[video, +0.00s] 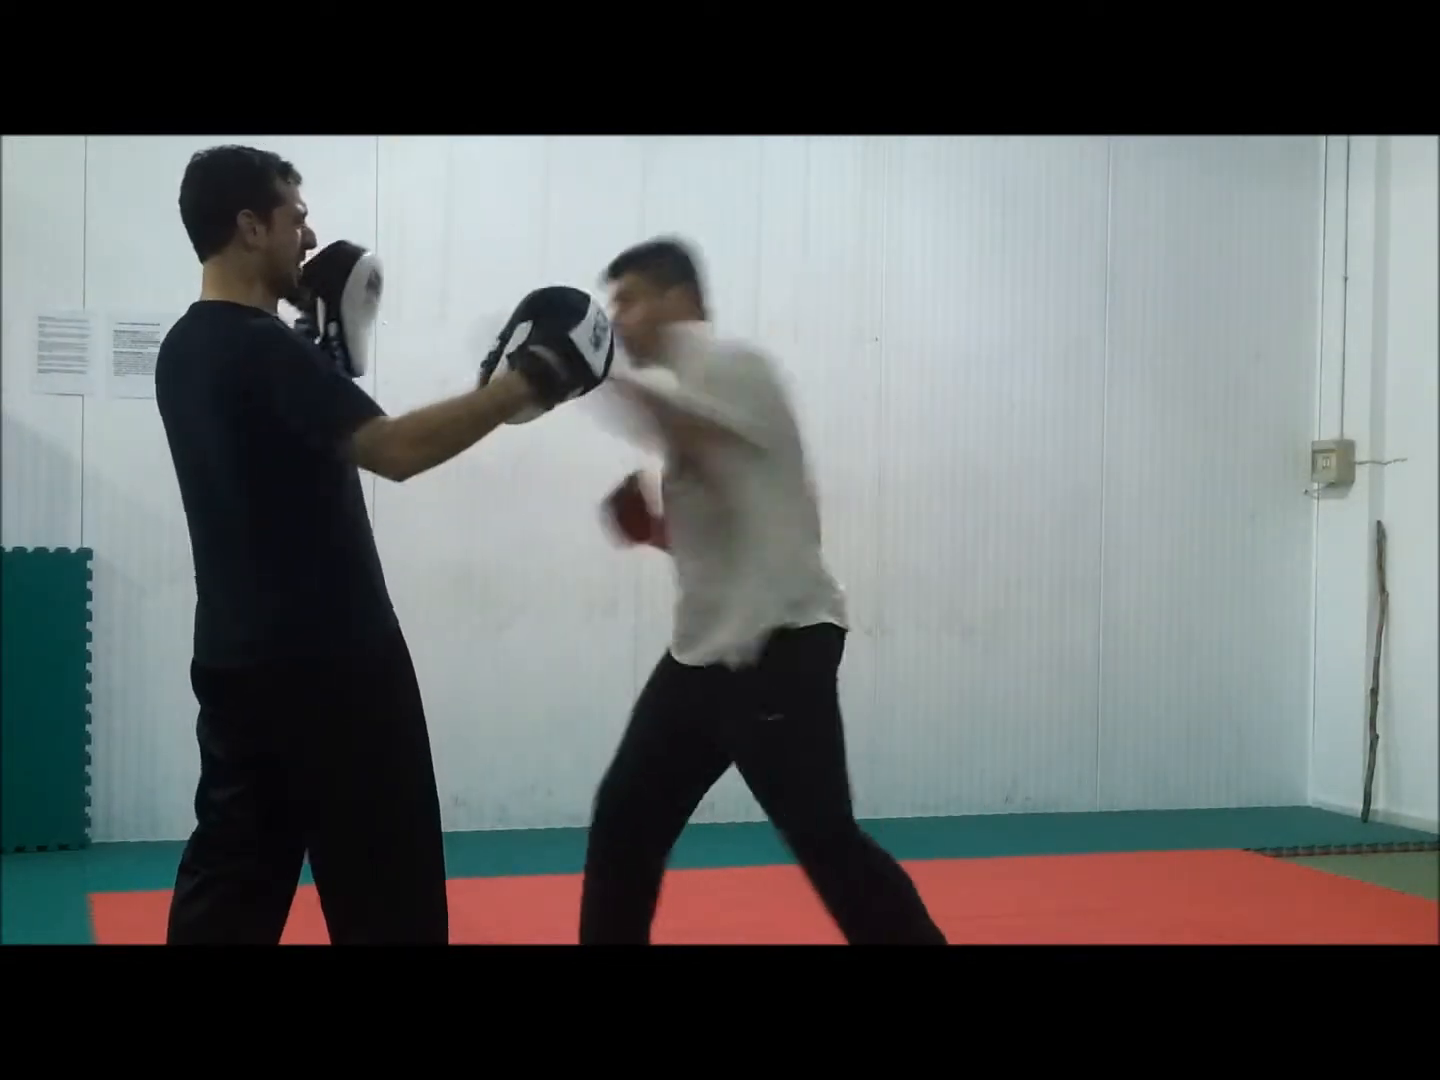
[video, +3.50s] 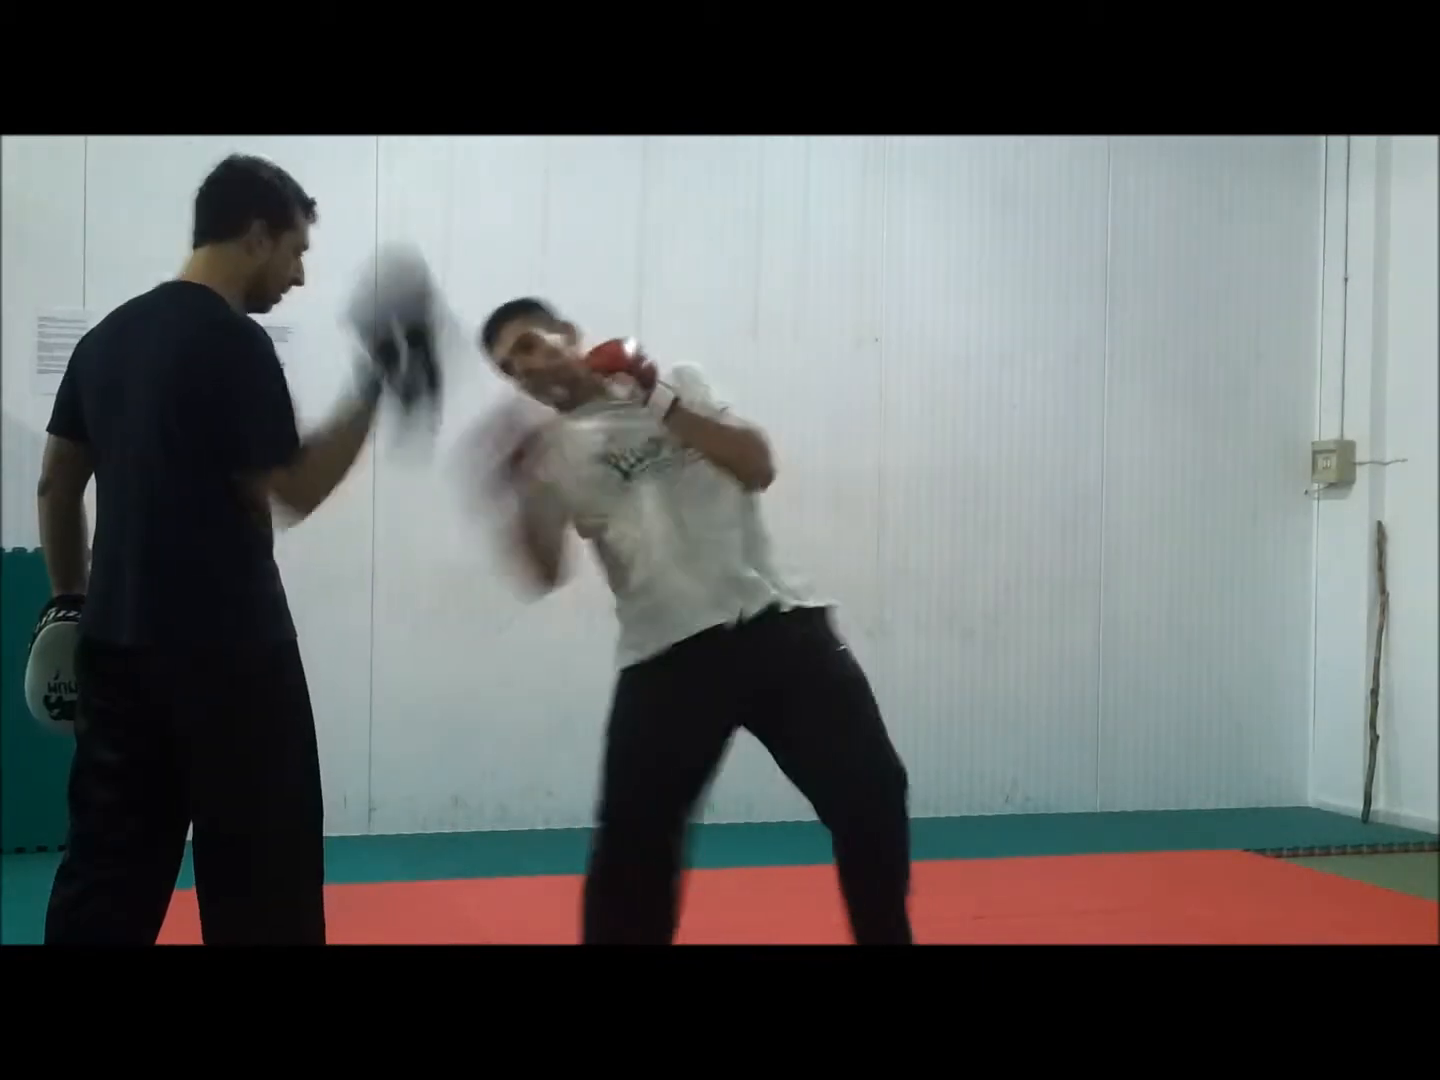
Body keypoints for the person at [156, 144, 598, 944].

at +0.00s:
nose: (310, 235)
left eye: (305, 216)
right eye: (297, 215)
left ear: (228, 230)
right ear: (250, 225)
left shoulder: (185, 348)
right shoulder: (265, 344)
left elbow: (290, 453)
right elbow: (392, 449)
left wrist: (329, 339)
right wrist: (511, 394)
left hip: (238, 659)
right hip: (336, 660)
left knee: (229, 883)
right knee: (390, 888)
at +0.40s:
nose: (300, 240)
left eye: (297, 221)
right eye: (289, 218)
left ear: (215, 230)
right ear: (243, 222)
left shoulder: (165, 348)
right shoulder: (274, 336)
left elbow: (244, 421)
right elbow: (427, 360)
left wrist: (292, 320)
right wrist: (529, 293)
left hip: (222, 652)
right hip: (327, 649)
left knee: (222, 880)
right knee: (387, 884)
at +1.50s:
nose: (255, 230)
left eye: (245, 216)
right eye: (235, 217)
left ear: (182, 241)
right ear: (182, 236)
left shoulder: (173, 349)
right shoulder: (210, 347)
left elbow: (246, 469)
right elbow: (335, 431)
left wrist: (305, 361)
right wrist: (453, 351)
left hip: (242, 657)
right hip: (322, 655)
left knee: (231, 873)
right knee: (392, 878)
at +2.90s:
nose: (325, 226)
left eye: (320, 206)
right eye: (312, 206)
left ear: (247, 216)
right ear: (260, 212)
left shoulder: (179, 332)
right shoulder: (250, 338)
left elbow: (218, 482)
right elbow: (308, 495)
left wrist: (312, 403)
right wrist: (443, 444)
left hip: (201, 651)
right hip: (294, 654)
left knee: (209, 887)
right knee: (379, 889)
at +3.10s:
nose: (306, 272)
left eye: (311, 252)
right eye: (306, 249)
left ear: (216, 233)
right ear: (266, 235)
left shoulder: (110, 337)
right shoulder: (251, 345)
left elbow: (61, 487)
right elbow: (286, 502)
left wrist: (68, 607)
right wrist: (410, 499)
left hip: (122, 654)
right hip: (239, 657)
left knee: (106, 882)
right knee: (267, 888)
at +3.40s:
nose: (304, 273)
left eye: (308, 253)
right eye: (303, 249)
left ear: (213, 232)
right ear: (261, 233)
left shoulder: (107, 338)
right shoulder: (244, 347)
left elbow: (60, 488)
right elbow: (281, 507)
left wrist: (68, 608)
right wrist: (407, 499)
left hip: (121, 660)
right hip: (237, 663)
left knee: (104, 887)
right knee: (267, 895)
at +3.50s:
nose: (301, 274)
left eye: (304, 252)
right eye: (298, 249)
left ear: (223, 235)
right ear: (257, 235)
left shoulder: (107, 337)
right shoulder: (238, 343)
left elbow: (58, 486)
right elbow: (295, 491)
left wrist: (66, 609)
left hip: (119, 649)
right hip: (233, 653)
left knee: (107, 872)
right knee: (266, 881)